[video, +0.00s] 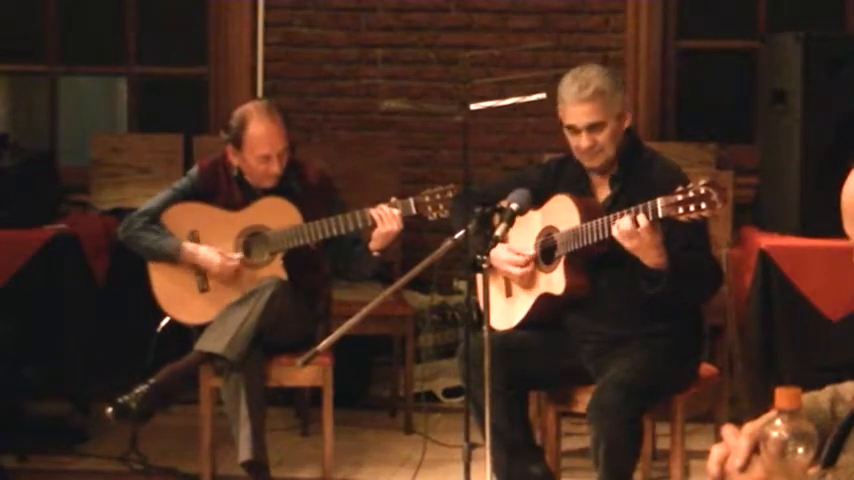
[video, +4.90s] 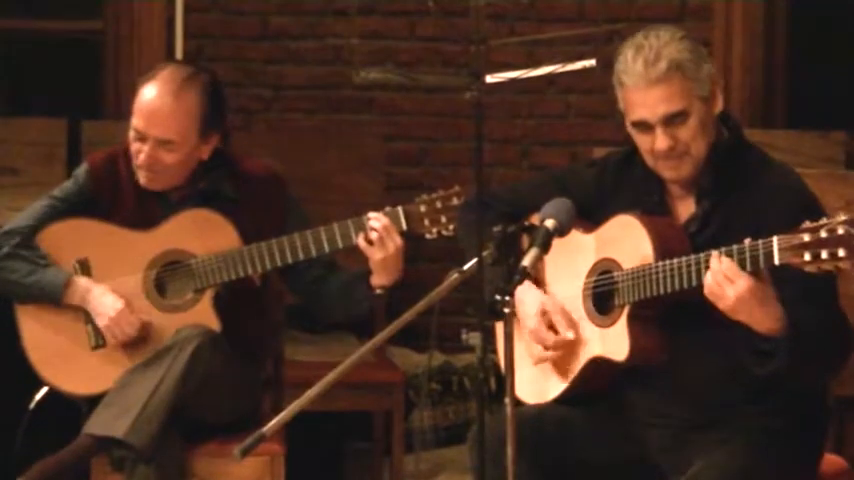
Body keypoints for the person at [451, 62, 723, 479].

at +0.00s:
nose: (584, 143)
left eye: (596, 129)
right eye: (572, 131)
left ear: (625, 119)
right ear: (561, 126)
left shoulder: (665, 183)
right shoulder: (557, 176)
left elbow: (705, 281)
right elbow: (468, 203)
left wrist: (658, 262)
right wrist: (488, 248)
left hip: (654, 342)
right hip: (574, 335)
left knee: (611, 403)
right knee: (485, 353)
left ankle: (613, 474)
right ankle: (523, 471)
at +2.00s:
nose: (548, 141)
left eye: (556, 131)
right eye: (548, 130)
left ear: (595, 131)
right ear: (591, 132)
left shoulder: (667, 186)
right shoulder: (557, 179)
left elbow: (710, 285)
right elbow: (468, 205)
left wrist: (666, 263)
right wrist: (488, 253)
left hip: (657, 346)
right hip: (577, 339)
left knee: (615, 407)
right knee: (486, 358)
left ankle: (618, 475)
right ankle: (524, 473)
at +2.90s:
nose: (609, 152)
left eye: (620, 134)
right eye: (595, 139)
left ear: (654, 115)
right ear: (583, 133)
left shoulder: (708, 186)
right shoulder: (577, 181)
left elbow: (751, 312)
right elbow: (474, 211)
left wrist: (700, 284)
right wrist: (497, 271)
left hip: (692, 375)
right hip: (597, 367)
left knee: (651, 445)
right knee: (494, 390)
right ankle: (522, 474)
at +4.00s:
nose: (656, 158)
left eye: (670, 136)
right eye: (637, 143)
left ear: (704, 113)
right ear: (618, 131)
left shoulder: (761, 198)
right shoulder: (604, 181)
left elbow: (805, 348)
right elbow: (479, 211)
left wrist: (745, 329)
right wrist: (508, 286)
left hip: (736, 406)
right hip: (622, 397)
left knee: (712, 460)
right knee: (499, 428)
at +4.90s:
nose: (663, 144)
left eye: (677, 120)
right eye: (643, 127)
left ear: (714, 101)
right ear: (624, 123)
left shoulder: (775, 195)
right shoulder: (612, 181)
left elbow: (830, 348)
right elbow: (482, 212)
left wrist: (774, 324)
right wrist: (516, 289)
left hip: (744, 421)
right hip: (625, 410)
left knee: (722, 467)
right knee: (501, 436)